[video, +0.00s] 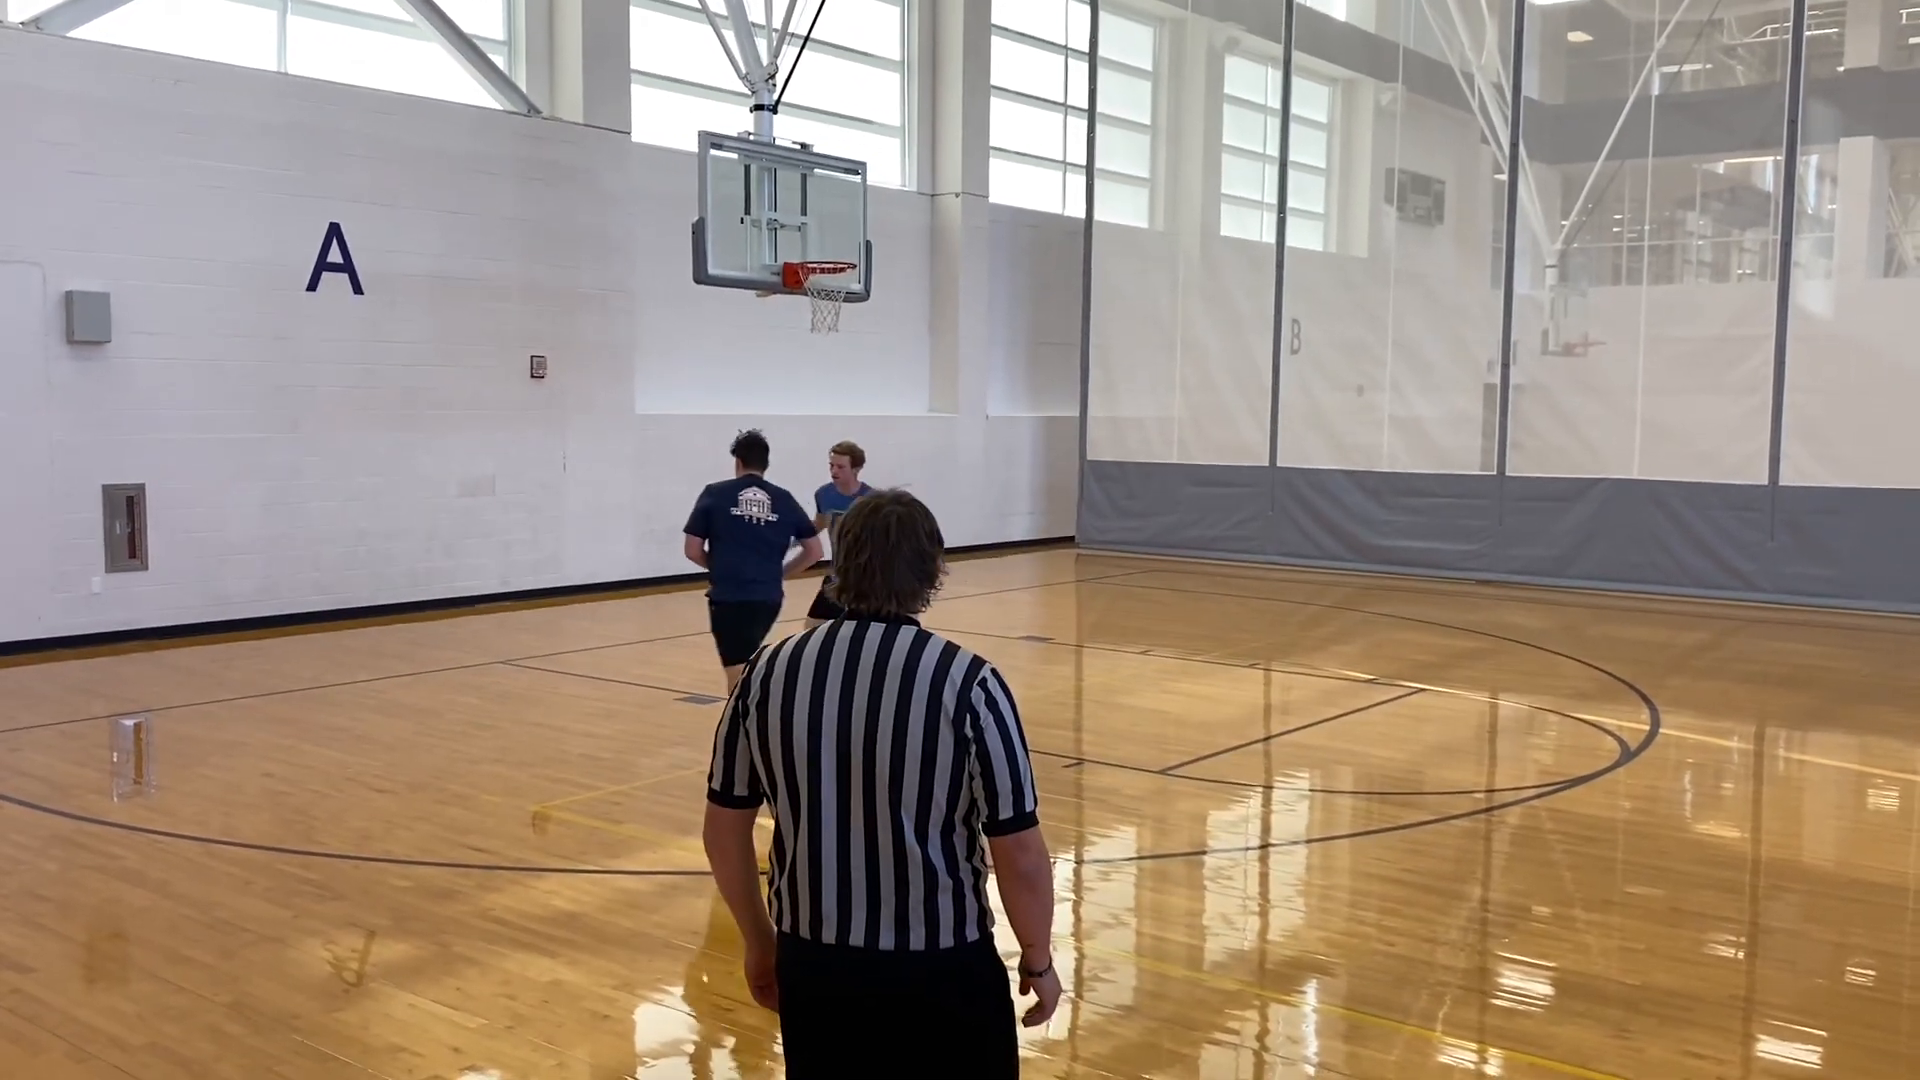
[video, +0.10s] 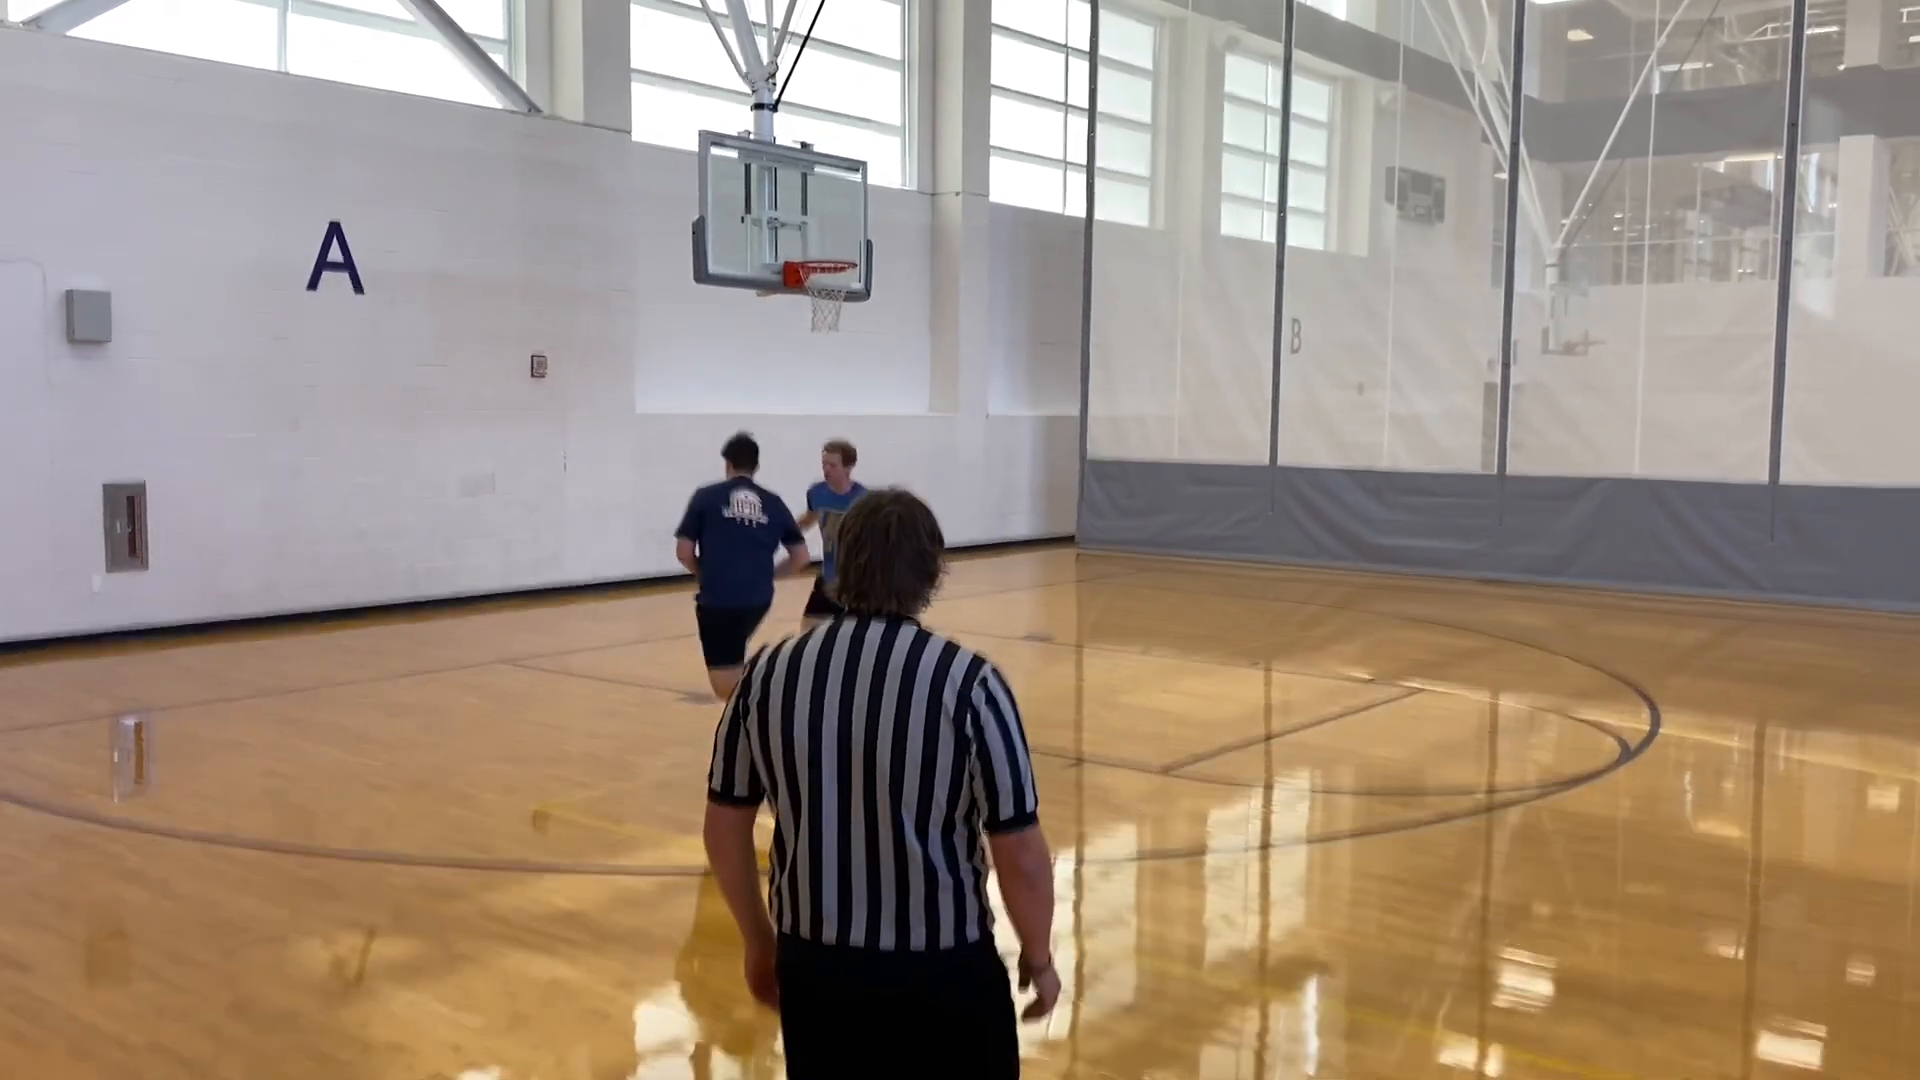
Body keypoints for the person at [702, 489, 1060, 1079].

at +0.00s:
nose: (940, 573)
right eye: (936, 561)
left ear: (841, 565)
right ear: (929, 571)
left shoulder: (768, 668)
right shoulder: (968, 681)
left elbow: (724, 828)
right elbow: (1019, 852)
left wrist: (758, 938)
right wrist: (1037, 955)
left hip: (814, 973)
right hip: (947, 977)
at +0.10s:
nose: (939, 573)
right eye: (935, 561)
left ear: (841, 564)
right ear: (929, 572)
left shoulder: (768, 671)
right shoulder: (969, 682)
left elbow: (724, 826)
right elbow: (1019, 851)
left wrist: (757, 940)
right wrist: (1037, 953)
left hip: (815, 974)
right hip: (948, 977)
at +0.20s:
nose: (938, 573)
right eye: (934, 560)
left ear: (841, 566)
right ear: (929, 572)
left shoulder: (768, 670)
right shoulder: (967, 681)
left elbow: (723, 826)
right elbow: (1017, 849)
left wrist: (755, 939)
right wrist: (1035, 950)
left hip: (814, 976)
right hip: (945, 978)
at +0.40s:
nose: (938, 570)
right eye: (934, 558)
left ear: (841, 566)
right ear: (928, 569)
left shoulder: (765, 670)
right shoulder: (968, 682)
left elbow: (721, 829)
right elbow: (1018, 853)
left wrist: (754, 939)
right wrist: (1032, 949)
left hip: (812, 974)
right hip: (945, 976)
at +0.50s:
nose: (940, 571)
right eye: (936, 558)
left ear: (841, 565)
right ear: (929, 570)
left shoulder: (764, 671)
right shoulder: (968, 682)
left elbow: (721, 830)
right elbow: (1018, 854)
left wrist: (754, 939)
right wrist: (1030, 946)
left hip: (812, 973)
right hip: (945, 975)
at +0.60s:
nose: (939, 570)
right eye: (935, 557)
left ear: (842, 564)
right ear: (930, 569)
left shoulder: (765, 670)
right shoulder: (969, 681)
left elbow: (721, 830)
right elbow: (1020, 854)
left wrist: (755, 939)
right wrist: (1029, 945)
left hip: (812, 973)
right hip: (946, 976)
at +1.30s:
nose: (938, 570)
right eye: (935, 557)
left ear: (842, 564)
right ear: (930, 569)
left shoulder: (766, 671)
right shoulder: (971, 680)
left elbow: (721, 831)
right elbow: (1024, 854)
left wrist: (758, 933)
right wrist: (1014, 929)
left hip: (815, 972)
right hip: (949, 974)